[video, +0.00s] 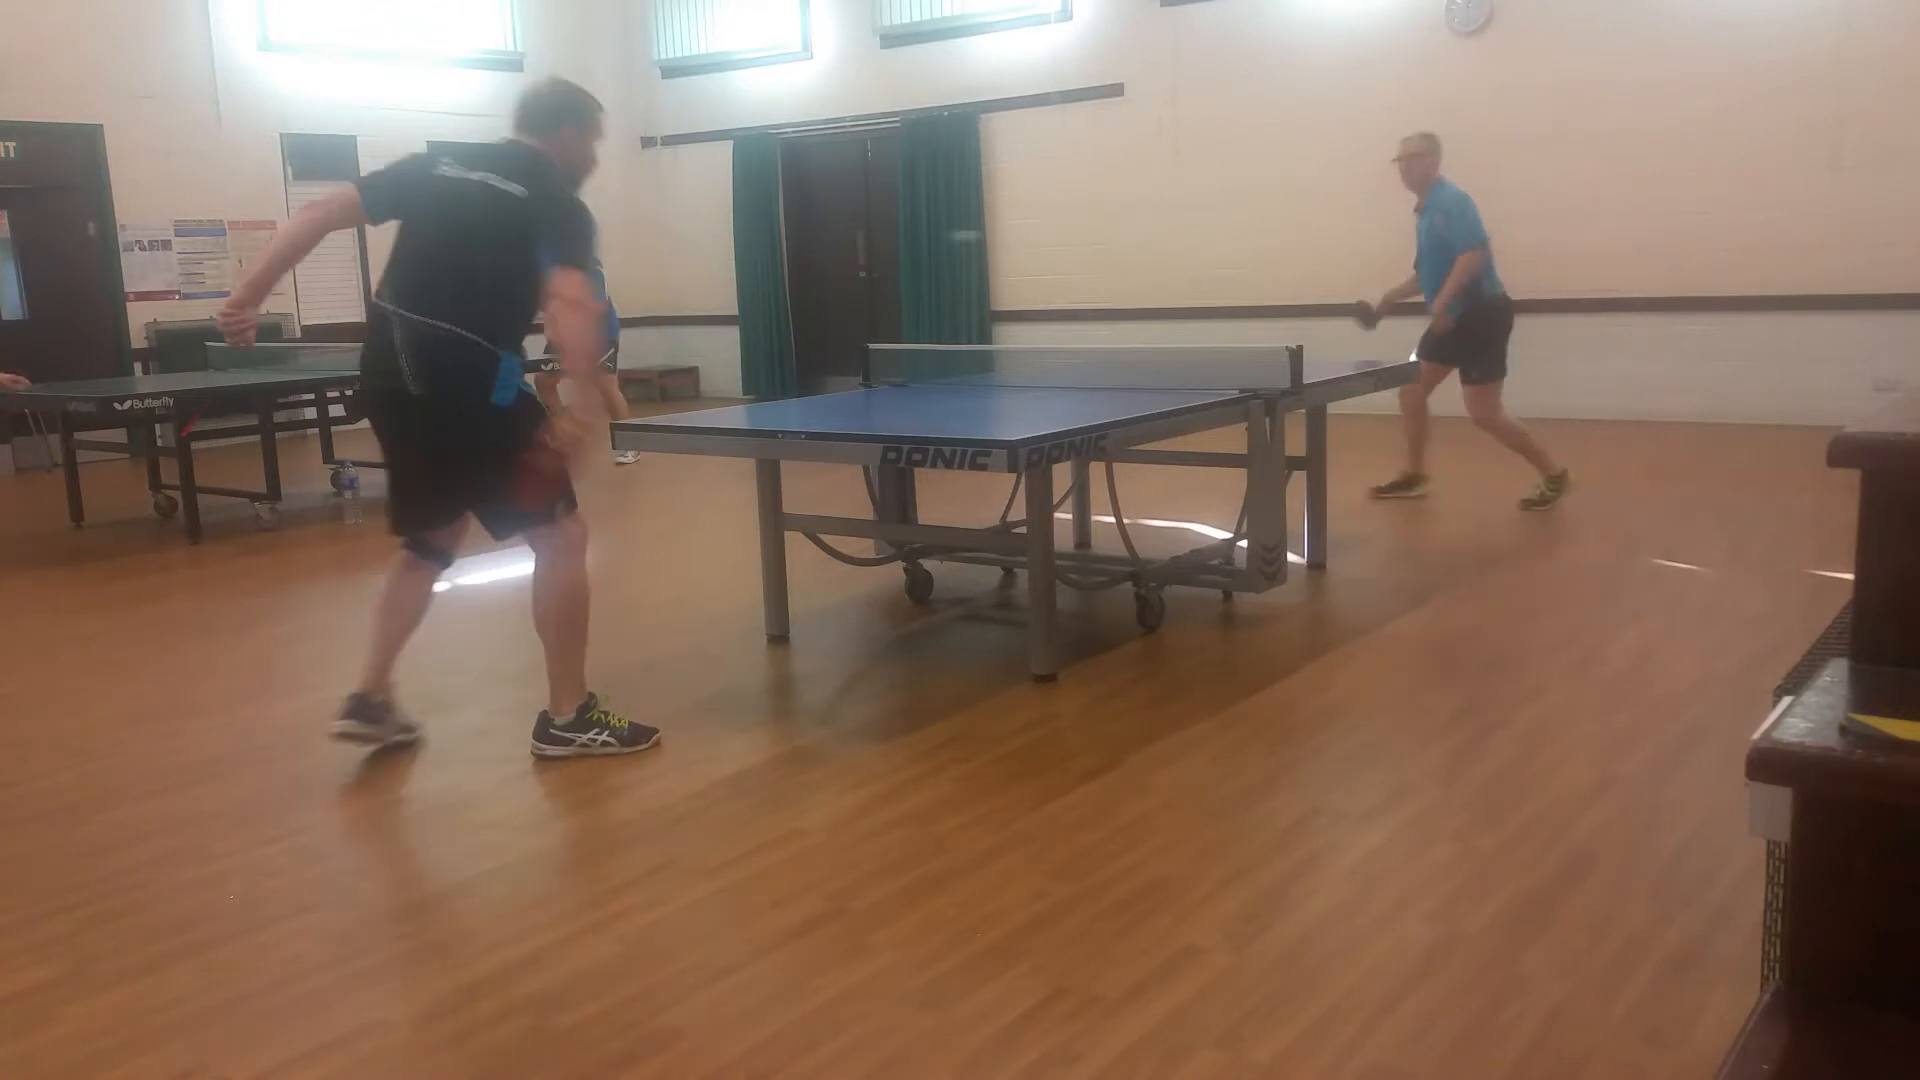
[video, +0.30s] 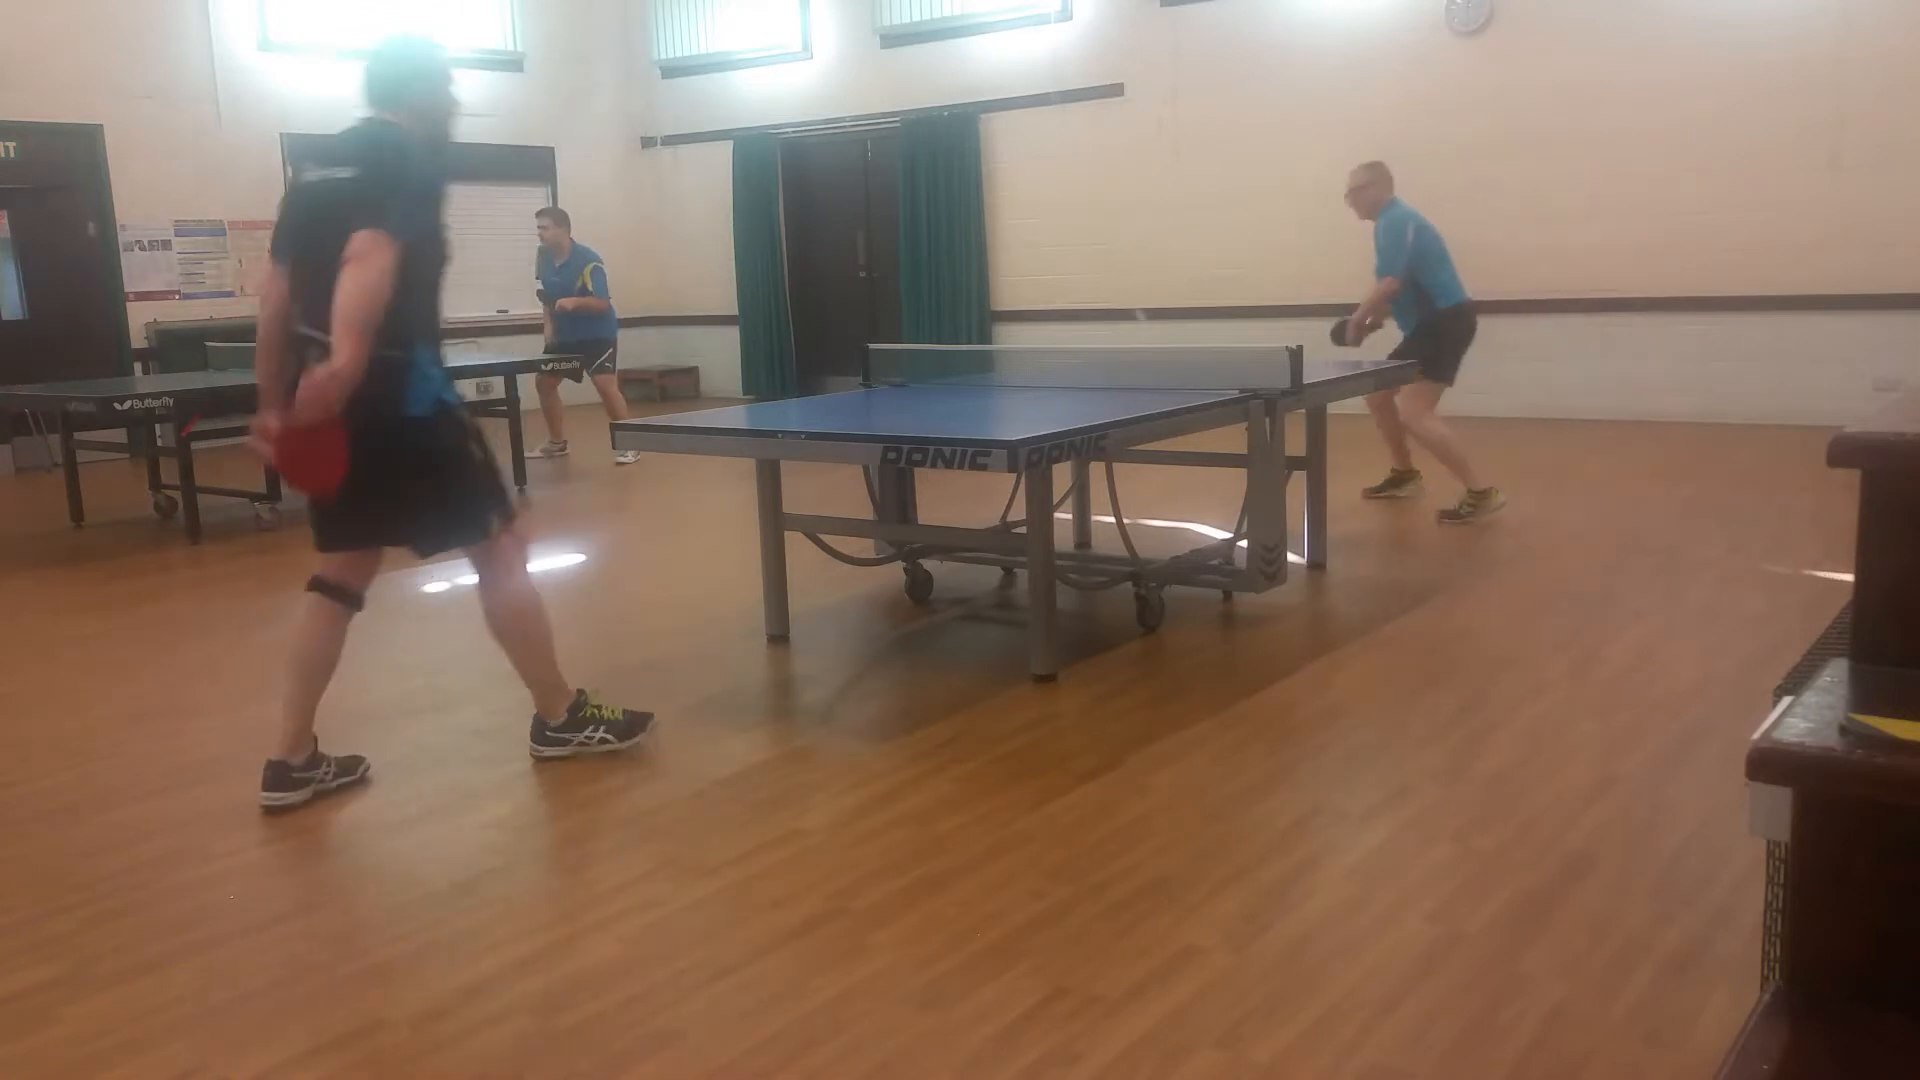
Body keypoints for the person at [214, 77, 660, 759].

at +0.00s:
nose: (595, 159)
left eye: (597, 146)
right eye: (593, 144)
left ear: (523, 128)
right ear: (568, 137)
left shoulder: (442, 162)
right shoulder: (560, 204)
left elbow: (322, 210)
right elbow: (567, 299)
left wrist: (248, 293)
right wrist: (583, 399)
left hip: (390, 382)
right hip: (475, 386)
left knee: (432, 537)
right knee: (561, 535)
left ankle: (371, 696)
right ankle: (569, 712)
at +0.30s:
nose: (455, 107)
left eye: (451, 94)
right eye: (448, 94)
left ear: (374, 97)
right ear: (424, 97)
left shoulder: (315, 175)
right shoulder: (408, 163)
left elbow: (275, 291)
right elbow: (366, 259)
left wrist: (271, 400)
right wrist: (347, 361)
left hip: (332, 401)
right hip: (405, 402)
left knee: (342, 568)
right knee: (500, 544)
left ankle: (291, 758)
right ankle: (559, 713)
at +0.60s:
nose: (352, 66)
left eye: (345, 50)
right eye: (339, 50)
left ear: (269, 61)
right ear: (306, 58)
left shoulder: (233, 144)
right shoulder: (319, 146)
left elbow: (289, 273)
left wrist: (395, 268)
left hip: (271, 394)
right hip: (346, 394)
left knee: (302, 567)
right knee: (435, 546)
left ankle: (285, 763)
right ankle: (434, 759)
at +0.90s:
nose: (337, 59)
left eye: (328, 43)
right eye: (325, 43)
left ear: (252, 59)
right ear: (304, 51)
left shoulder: (224, 148)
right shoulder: (329, 139)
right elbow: (418, 257)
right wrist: (504, 263)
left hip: (290, 385)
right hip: (365, 386)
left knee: (306, 575)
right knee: (374, 582)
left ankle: (289, 762)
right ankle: (376, 786)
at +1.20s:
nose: (393, 73)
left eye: (385, 58)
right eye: (386, 59)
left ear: (307, 62)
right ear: (366, 59)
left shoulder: (270, 143)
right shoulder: (375, 139)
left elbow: (302, 256)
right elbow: (422, 270)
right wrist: (515, 318)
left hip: (328, 384)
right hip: (394, 388)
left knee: (375, 569)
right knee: (397, 583)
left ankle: (337, 737)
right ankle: (380, 788)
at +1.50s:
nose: (466, 88)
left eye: (461, 73)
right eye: (460, 73)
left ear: (386, 73)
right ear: (436, 73)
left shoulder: (332, 153)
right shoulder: (435, 157)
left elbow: (291, 286)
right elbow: (475, 301)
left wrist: (342, 342)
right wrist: (544, 313)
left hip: (381, 392)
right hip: (434, 396)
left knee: (463, 552)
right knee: (414, 580)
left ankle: (507, 695)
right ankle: (378, 785)